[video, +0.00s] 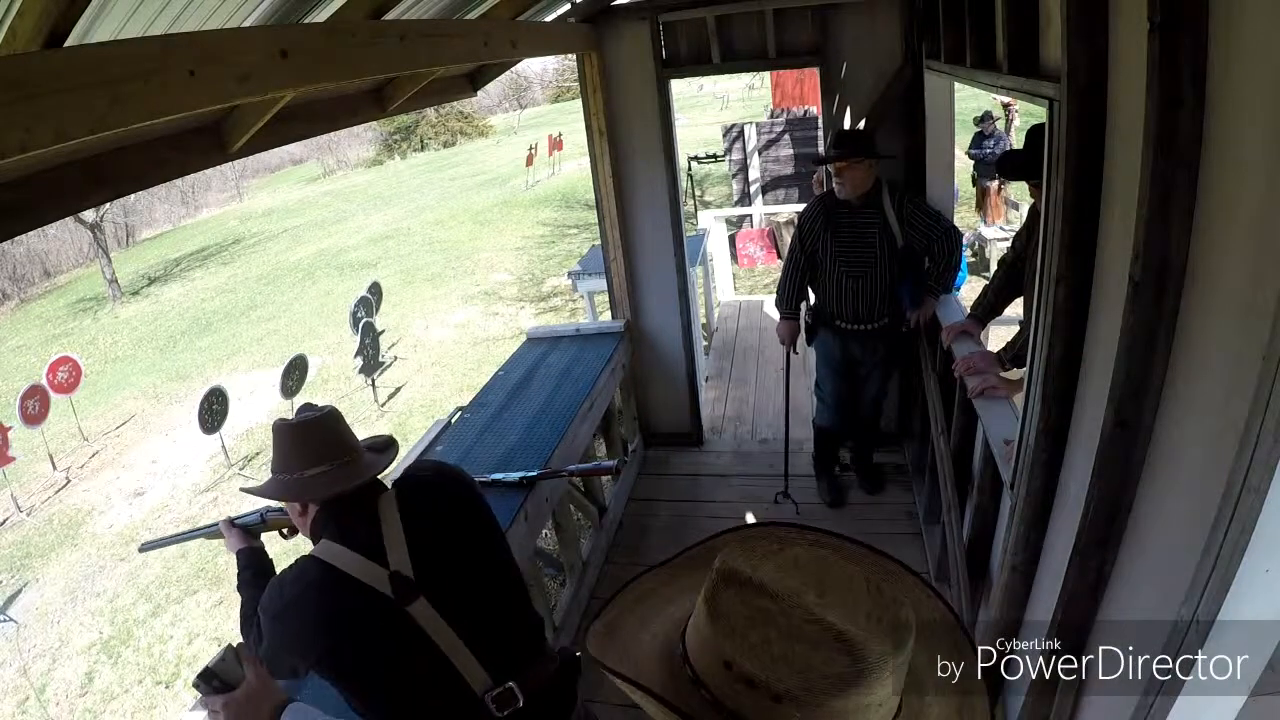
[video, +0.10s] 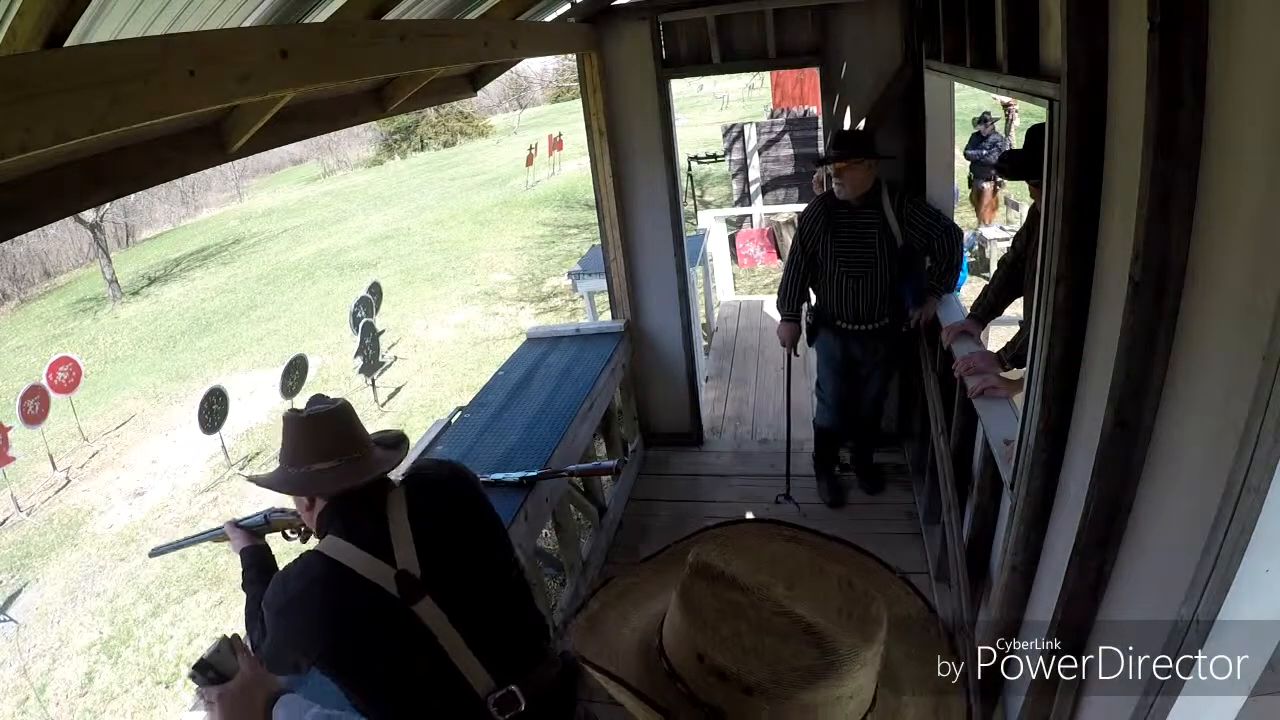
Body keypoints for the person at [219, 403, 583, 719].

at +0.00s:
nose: (287, 511)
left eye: (285, 501)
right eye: (283, 502)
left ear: (302, 508)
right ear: (368, 469)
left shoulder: (297, 599)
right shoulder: (444, 483)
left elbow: (273, 656)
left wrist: (246, 554)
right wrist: (327, 524)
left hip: (438, 719)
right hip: (546, 682)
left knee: (290, 701)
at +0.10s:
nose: (294, 504)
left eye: (293, 494)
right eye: (291, 494)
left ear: (309, 500)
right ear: (377, 464)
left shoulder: (300, 593)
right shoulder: (452, 483)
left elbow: (273, 654)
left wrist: (250, 553)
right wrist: (331, 524)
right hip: (549, 686)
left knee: (283, 702)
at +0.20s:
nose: (305, 498)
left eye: (304, 488)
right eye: (303, 488)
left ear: (321, 494)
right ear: (390, 455)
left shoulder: (308, 589)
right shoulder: (464, 474)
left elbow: (279, 650)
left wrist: (257, 554)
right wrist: (344, 522)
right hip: (550, 684)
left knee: (284, 700)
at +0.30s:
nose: (326, 480)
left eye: (327, 470)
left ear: (338, 478)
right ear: (412, 448)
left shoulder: (325, 580)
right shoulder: (481, 475)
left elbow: (287, 632)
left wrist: (265, 540)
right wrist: (358, 519)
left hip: (438, 716)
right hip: (557, 691)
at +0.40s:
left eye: (358, 460)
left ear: (365, 467)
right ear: (448, 442)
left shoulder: (346, 573)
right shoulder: (517, 491)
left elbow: (316, 593)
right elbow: (559, 588)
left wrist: (291, 503)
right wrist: (387, 520)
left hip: (449, 716)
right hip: (568, 696)